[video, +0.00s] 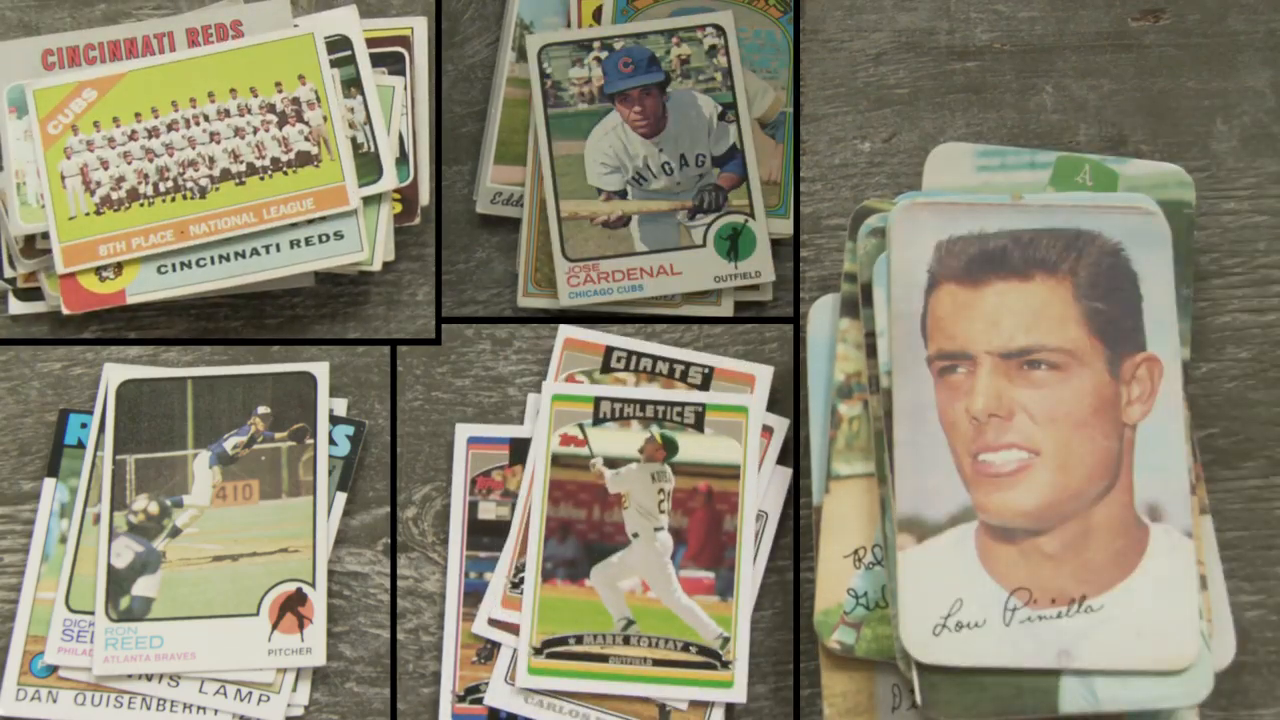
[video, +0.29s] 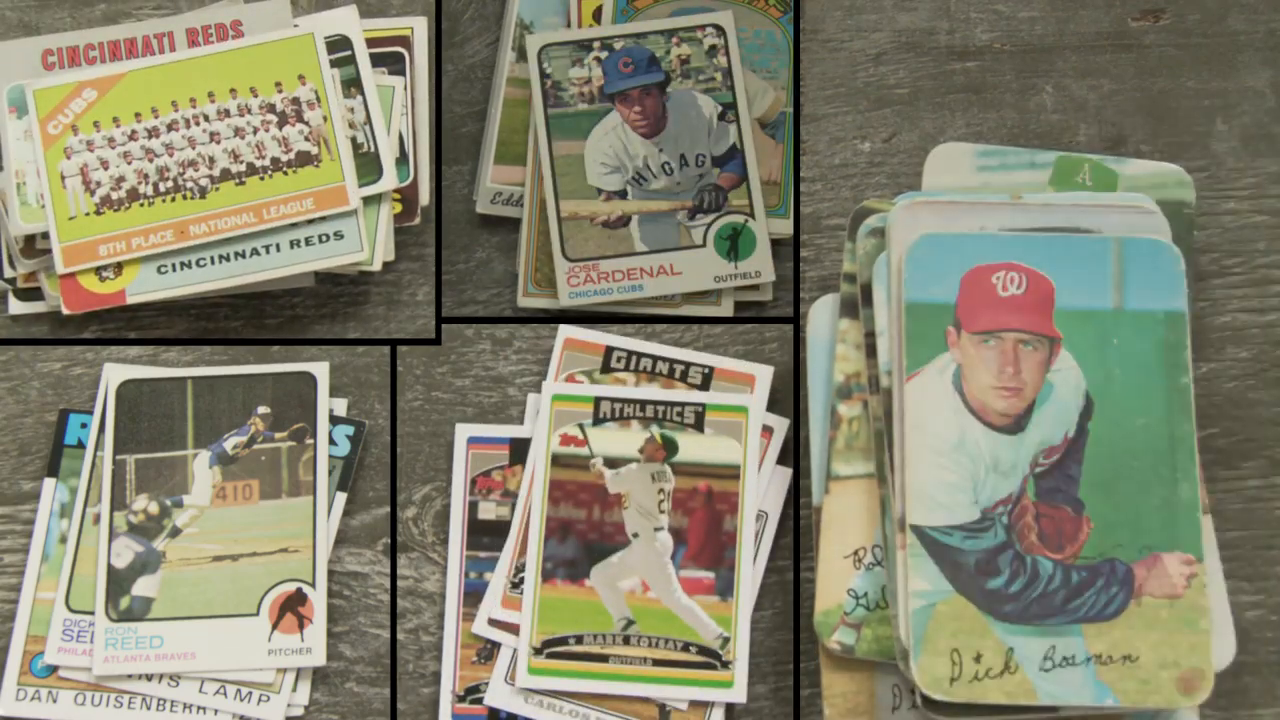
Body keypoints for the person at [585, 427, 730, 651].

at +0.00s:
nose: (645, 443)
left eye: (651, 441)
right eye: (648, 439)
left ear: (661, 453)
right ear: (660, 455)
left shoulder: (636, 472)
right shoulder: (665, 473)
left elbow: (612, 483)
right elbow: (631, 482)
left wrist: (601, 468)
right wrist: (605, 472)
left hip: (649, 542)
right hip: (658, 539)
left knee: (672, 596)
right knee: (600, 575)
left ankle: (718, 636)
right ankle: (624, 621)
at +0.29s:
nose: (645, 443)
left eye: (651, 441)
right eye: (648, 439)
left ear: (661, 453)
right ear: (660, 455)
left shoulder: (636, 472)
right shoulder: (665, 473)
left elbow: (612, 483)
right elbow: (631, 482)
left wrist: (601, 468)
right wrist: (605, 472)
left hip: (649, 542)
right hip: (658, 539)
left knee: (672, 596)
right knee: (600, 575)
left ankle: (718, 636)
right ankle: (624, 621)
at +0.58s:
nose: (645, 442)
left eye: (651, 441)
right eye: (648, 439)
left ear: (660, 454)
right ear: (661, 456)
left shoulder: (636, 472)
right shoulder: (665, 472)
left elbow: (612, 483)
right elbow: (630, 481)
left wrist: (600, 468)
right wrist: (605, 473)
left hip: (649, 542)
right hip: (657, 539)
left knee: (672, 596)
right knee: (600, 574)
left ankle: (718, 636)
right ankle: (624, 621)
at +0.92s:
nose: (645, 443)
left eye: (651, 442)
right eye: (648, 440)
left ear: (661, 454)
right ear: (661, 456)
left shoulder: (636, 471)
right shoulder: (666, 473)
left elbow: (611, 482)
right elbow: (630, 481)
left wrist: (600, 467)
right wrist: (605, 473)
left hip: (649, 542)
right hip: (658, 539)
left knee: (672, 596)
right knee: (600, 574)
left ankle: (718, 636)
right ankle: (624, 622)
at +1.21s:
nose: (645, 443)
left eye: (651, 442)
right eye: (648, 440)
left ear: (661, 454)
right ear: (661, 456)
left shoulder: (636, 471)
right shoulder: (666, 473)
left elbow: (611, 482)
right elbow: (630, 481)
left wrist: (600, 467)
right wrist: (605, 473)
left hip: (649, 542)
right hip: (658, 539)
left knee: (672, 596)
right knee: (600, 574)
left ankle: (718, 636)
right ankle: (624, 622)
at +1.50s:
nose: (645, 443)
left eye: (651, 442)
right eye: (648, 440)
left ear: (661, 454)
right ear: (661, 456)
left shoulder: (636, 471)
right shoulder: (666, 473)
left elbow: (611, 482)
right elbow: (630, 481)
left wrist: (600, 467)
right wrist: (605, 473)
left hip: (649, 542)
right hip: (658, 539)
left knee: (672, 596)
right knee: (600, 574)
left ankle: (718, 636)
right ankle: (624, 622)